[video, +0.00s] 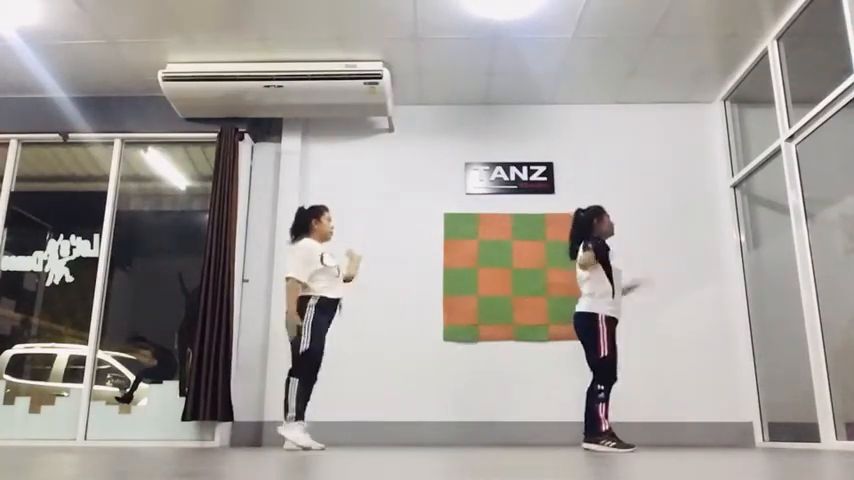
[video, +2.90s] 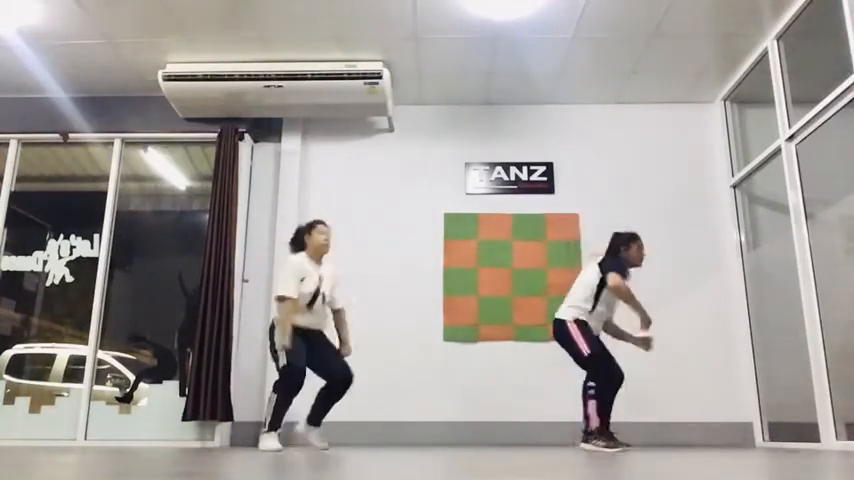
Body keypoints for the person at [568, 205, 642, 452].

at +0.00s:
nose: (612, 222)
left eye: (609, 217)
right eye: (608, 218)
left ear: (597, 223)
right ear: (597, 223)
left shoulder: (603, 251)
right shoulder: (593, 244)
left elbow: (606, 292)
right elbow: (586, 257)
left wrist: (628, 288)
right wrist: (586, 257)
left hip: (601, 315)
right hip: (595, 315)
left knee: (604, 375)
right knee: (604, 374)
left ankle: (596, 433)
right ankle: (598, 433)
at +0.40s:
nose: (609, 220)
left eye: (606, 215)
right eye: (604, 216)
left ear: (592, 222)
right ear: (595, 221)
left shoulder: (590, 246)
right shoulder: (594, 245)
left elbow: (592, 276)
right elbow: (595, 273)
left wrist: (611, 280)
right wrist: (615, 283)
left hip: (594, 312)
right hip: (598, 313)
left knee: (600, 374)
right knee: (600, 374)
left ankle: (595, 432)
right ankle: (596, 433)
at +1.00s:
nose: (617, 254)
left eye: (618, 250)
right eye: (616, 249)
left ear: (595, 244)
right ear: (605, 243)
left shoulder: (578, 263)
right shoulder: (604, 258)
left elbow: (579, 297)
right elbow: (616, 290)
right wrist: (611, 307)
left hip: (577, 330)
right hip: (593, 329)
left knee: (611, 379)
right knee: (623, 378)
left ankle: (592, 433)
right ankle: (599, 433)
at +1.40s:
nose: (598, 234)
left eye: (595, 230)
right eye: (593, 231)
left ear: (580, 238)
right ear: (583, 237)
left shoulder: (582, 263)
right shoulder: (583, 265)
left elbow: (598, 297)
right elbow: (601, 301)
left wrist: (605, 289)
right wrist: (613, 290)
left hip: (599, 325)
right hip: (596, 326)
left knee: (618, 379)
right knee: (619, 379)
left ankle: (595, 432)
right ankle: (597, 434)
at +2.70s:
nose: (629, 232)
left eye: (626, 228)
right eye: (625, 229)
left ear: (608, 234)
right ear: (616, 233)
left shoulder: (596, 252)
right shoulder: (613, 251)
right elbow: (618, 283)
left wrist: (629, 297)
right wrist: (642, 299)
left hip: (579, 320)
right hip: (586, 321)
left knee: (609, 373)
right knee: (613, 373)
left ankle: (598, 432)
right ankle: (599, 434)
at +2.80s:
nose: (640, 246)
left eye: (637, 242)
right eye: (635, 242)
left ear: (618, 247)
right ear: (624, 246)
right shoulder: (618, 261)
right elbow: (623, 295)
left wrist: (624, 331)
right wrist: (645, 324)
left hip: (575, 322)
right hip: (577, 323)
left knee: (606, 376)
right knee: (610, 375)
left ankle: (599, 434)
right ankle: (599, 435)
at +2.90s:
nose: (643, 254)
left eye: (642, 249)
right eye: (639, 249)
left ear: (625, 249)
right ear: (626, 249)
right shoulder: (611, 262)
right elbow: (614, 284)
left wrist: (635, 340)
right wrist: (642, 314)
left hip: (583, 325)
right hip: (570, 321)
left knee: (614, 376)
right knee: (599, 371)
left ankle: (601, 432)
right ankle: (593, 434)